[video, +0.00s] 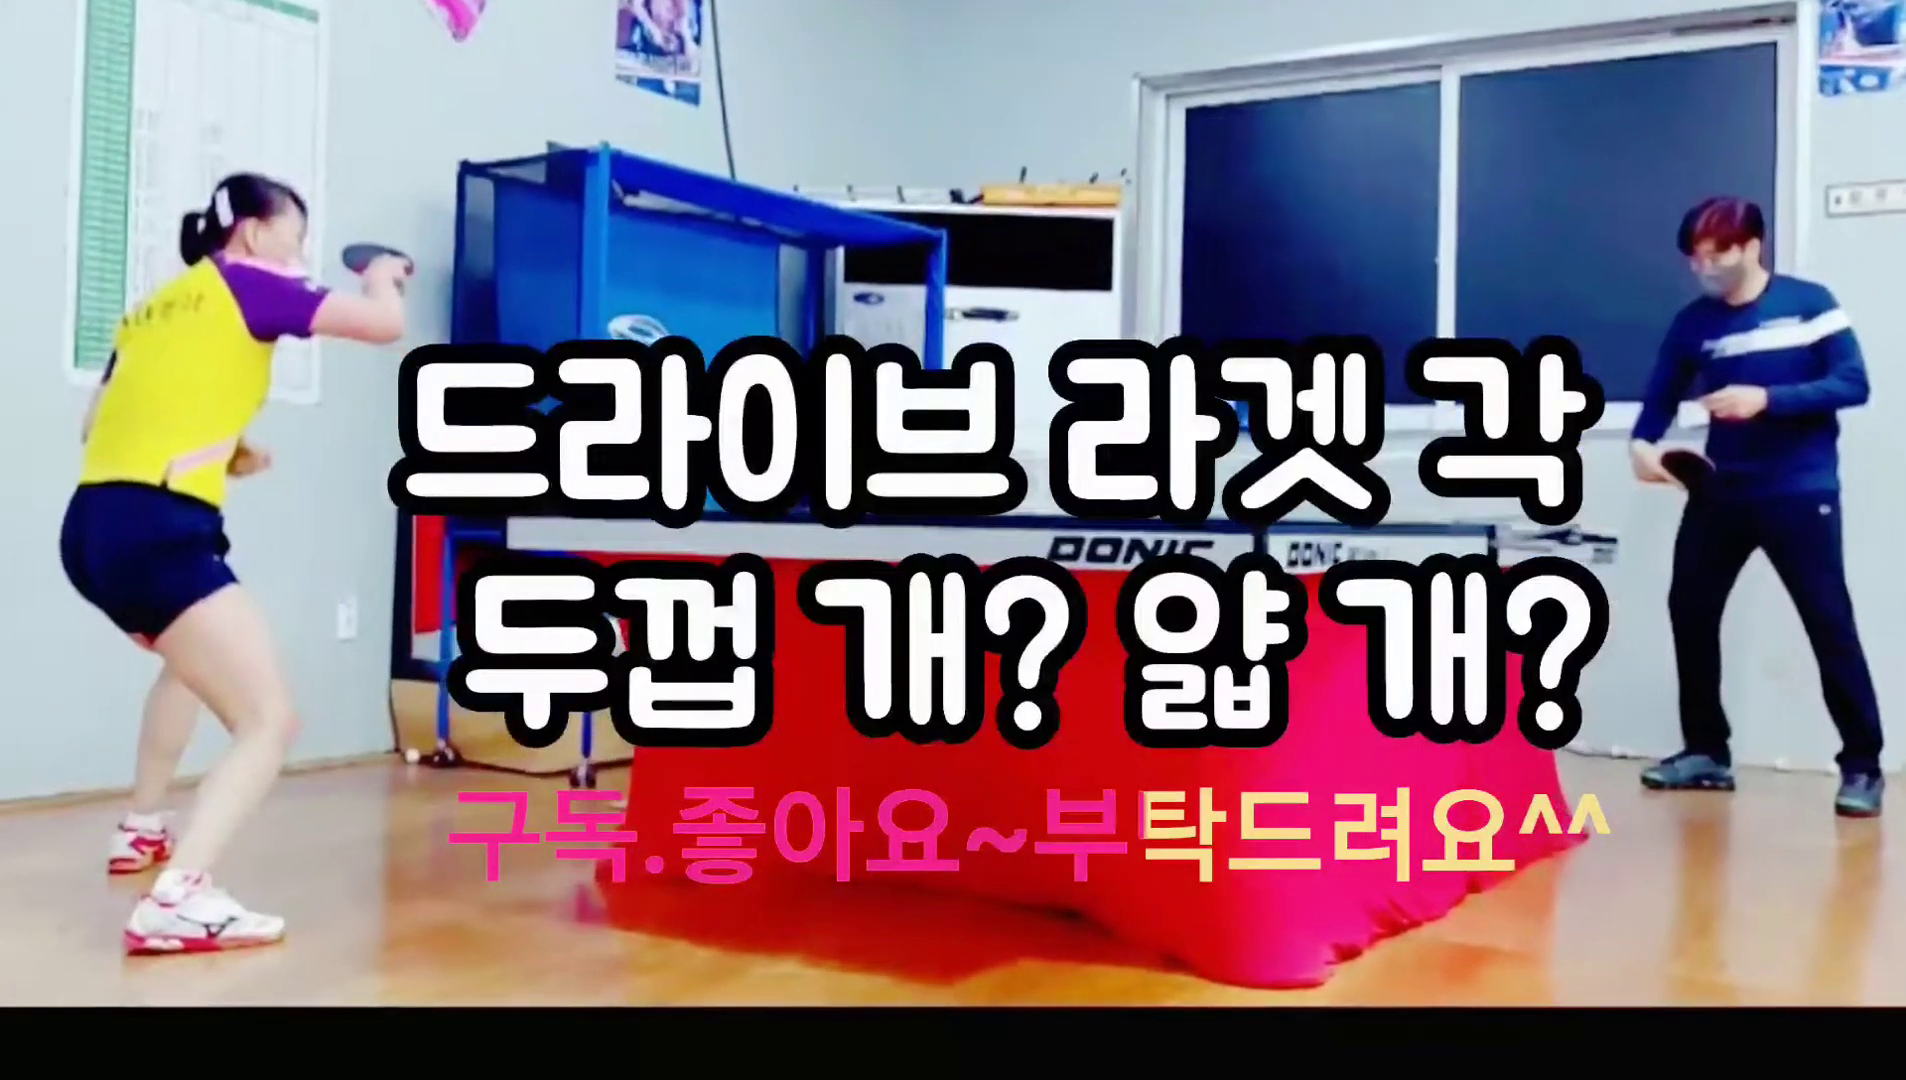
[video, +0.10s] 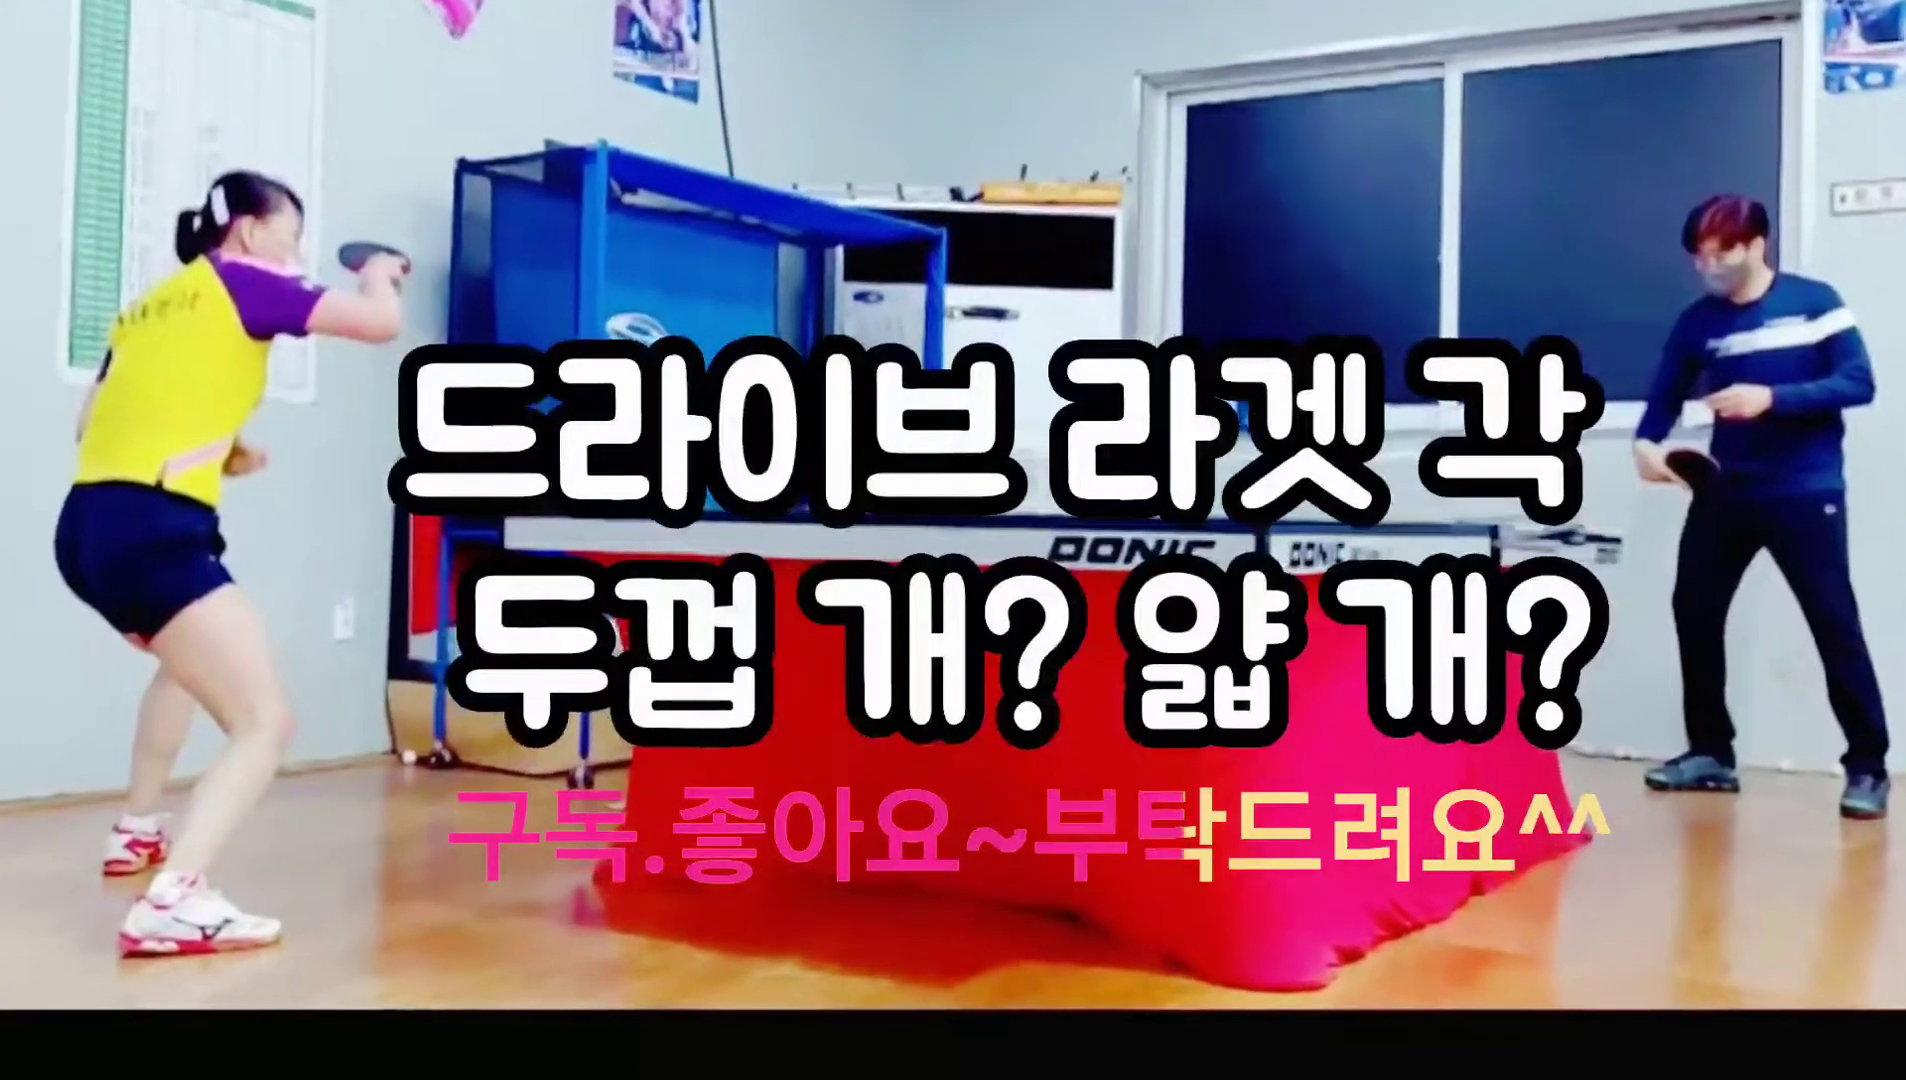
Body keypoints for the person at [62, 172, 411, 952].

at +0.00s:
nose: (299, 253)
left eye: (301, 240)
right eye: (294, 236)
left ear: (229, 233)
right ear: (250, 229)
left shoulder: (154, 306)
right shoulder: (247, 284)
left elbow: (106, 426)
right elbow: (386, 325)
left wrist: (219, 455)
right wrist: (382, 279)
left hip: (90, 525)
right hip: (159, 525)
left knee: (189, 663)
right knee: (268, 721)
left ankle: (144, 824)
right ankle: (180, 893)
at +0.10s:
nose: (296, 252)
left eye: (298, 239)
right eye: (290, 235)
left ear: (224, 232)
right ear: (245, 228)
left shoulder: (150, 304)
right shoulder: (243, 283)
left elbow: (98, 426)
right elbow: (380, 324)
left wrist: (215, 455)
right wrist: (379, 278)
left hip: (84, 525)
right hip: (153, 525)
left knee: (184, 663)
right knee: (264, 724)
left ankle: (140, 826)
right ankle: (176, 896)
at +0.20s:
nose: (290, 251)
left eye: (292, 238)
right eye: (284, 234)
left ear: (217, 231)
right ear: (239, 226)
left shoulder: (141, 304)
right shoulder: (237, 281)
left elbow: (91, 427)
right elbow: (376, 321)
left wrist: (208, 456)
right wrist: (374, 275)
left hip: (77, 526)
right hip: (147, 526)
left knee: (177, 664)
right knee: (259, 724)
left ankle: (132, 829)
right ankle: (170, 899)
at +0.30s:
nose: (286, 249)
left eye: (288, 235)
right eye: (280, 232)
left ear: (213, 228)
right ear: (235, 224)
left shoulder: (136, 303)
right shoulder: (233, 279)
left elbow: (87, 427)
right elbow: (372, 320)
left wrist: (204, 455)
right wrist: (371, 273)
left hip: (71, 525)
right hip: (142, 525)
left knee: (172, 665)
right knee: (254, 725)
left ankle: (127, 831)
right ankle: (165, 900)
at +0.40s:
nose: (281, 245)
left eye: (283, 231)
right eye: (275, 227)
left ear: (207, 226)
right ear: (229, 221)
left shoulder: (130, 300)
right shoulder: (226, 277)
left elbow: (79, 426)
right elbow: (367, 318)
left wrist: (197, 452)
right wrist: (366, 271)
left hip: (64, 525)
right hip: (135, 525)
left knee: (166, 666)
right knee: (247, 727)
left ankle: (121, 833)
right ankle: (158, 904)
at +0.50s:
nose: (279, 242)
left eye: (280, 227)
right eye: (272, 224)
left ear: (203, 224)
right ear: (225, 219)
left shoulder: (126, 298)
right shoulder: (223, 275)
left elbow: (74, 423)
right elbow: (363, 317)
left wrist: (193, 450)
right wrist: (363, 271)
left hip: (59, 525)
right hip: (130, 525)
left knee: (160, 666)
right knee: (243, 728)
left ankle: (116, 834)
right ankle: (153, 905)